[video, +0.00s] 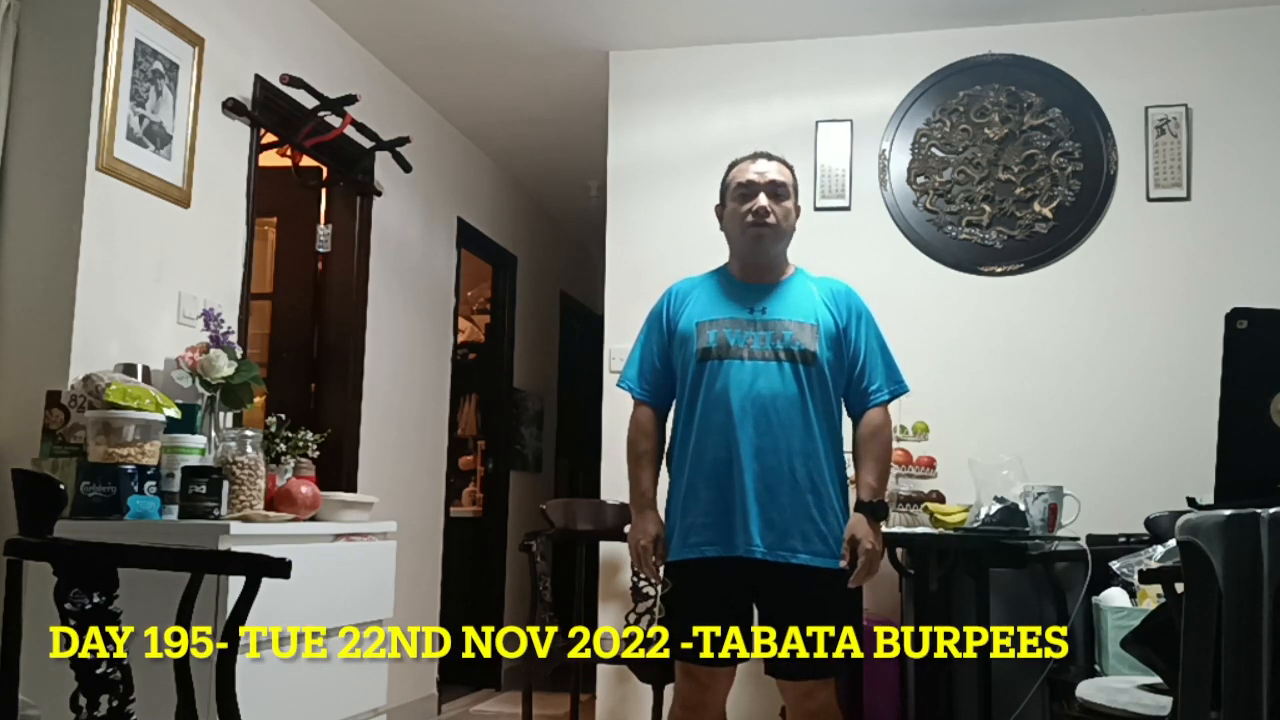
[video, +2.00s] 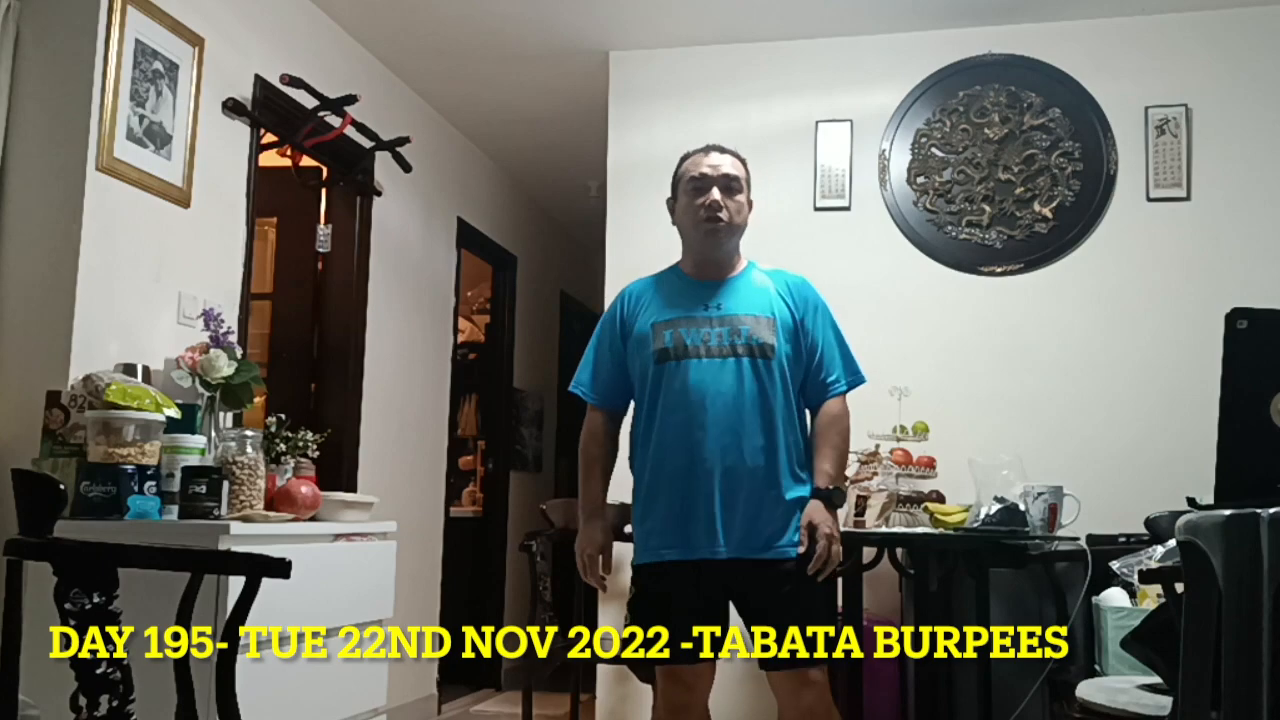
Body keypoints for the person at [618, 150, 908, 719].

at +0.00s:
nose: (761, 200)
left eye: (777, 192)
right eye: (744, 192)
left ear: (796, 216)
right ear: (721, 215)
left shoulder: (838, 303)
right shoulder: (681, 302)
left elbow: (874, 411)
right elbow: (646, 410)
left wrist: (869, 511)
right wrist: (642, 509)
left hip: (809, 544)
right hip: (704, 540)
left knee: (814, 700)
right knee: (698, 694)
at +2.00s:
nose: (714, 195)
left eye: (730, 186)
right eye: (697, 186)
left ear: (749, 209)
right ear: (673, 209)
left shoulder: (794, 296)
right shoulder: (635, 304)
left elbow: (832, 401)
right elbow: (600, 416)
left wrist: (825, 498)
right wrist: (592, 516)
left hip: (779, 537)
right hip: (672, 541)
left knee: (807, 690)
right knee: (678, 691)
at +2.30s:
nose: (780, 202)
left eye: (791, 191)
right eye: (761, 187)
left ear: (802, 207)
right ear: (720, 201)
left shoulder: (835, 301)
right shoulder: (668, 301)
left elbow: (885, 407)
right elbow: (629, 418)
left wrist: (896, 493)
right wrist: (625, 520)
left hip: (810, 557)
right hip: (695, 552)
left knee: (823, 706)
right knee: (690, 703)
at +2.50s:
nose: (874, 189)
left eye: (885, 175)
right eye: (856, 166)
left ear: (893, 188)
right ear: (804, 173)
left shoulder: (907, 294)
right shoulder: (731, 269)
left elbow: (964, 397)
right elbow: (683, 387)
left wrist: (994, 480)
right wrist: (674, 488)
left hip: (853, 550)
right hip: (736, 535)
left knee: (851, 709)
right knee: (694, 696)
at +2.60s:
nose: (911, 184)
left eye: (924, 170)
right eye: (894, 161)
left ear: (933, 183)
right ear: (841, 165)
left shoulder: (937, 289)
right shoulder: (758, 255)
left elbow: (1003, 385)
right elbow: (705, 368)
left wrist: (1048, 462)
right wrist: (690, 475)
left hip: (863, 560)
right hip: (746, 536)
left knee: (860, 712)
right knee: (701, 693)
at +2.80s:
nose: (966, 192)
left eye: (979, 176)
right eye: (949, 166)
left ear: (986, 183)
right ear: (891, 159)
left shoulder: (980, 295)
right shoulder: (793, 240)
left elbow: (1062, 379)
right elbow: (726, 349)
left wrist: (1135, 444)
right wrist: (706, 460)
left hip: (880, 570)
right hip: (762, 540)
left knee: (861, 714)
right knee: (726, 706)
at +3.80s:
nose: (949, 175)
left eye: (962, 160)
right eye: (931, 151)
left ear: (969, 167)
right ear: (873, 151)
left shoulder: (970, 287)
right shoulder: (773, 240)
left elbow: (1036, 393)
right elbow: (708, 353)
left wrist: (1090, 476)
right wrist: (692, 472)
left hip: (878, 572)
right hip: (752, 541)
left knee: (859, 717)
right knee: (711, 702)